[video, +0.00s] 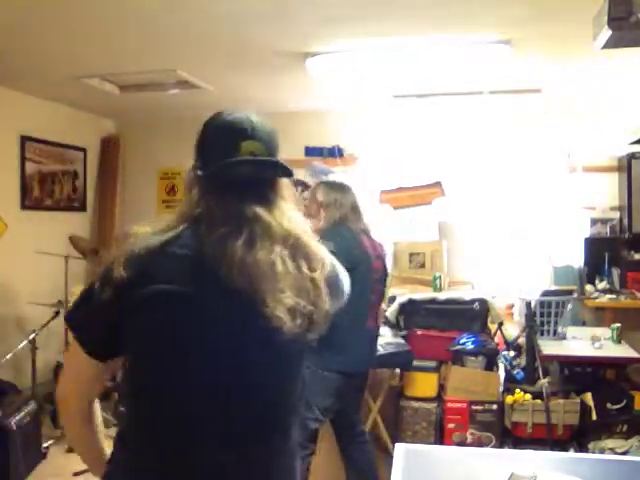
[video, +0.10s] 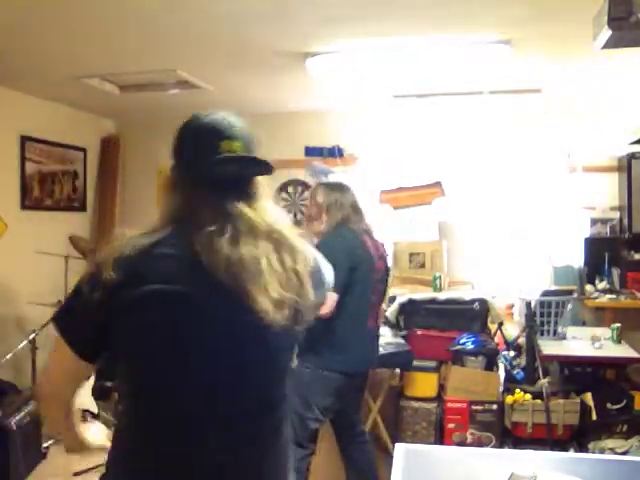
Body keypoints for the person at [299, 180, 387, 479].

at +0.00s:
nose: (310, 213)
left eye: (314, 206)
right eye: (310, 205)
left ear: (330, 207)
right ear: (350, 206)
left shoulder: (333, 242)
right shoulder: (371, 244)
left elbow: (312, 295)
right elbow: (373, 302)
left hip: (327, 354)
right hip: (359, 355)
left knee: (300, 440)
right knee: (352, 431)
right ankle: (367, 475)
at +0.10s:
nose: (310, 213)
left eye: (314, 206)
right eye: (311, 206)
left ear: (329, 208)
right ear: (350, 206)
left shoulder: (336, 242)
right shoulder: (370, 242)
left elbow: (324, 305)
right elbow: (372, 303)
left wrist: (286, 304)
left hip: (326, 358)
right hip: (358, 358)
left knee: (296, 442)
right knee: (351, 430)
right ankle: (366, 475)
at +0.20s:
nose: (309, 213)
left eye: (313, 206)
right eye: (309, 206)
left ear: (330, 209)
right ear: (349, 207)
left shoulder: (336, 242)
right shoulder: (370, 243)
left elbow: (323, 306)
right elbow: (368, 306)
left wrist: (285, 293)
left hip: (327, 360)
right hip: (358, 359)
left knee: (294, 442)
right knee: (351, 431)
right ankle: (366, 476)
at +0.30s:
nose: (307, 210)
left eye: (312, 203)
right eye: (308, 203)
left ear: (328, 207)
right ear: (349, 206)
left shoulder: (338, 240)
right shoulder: (368, 241)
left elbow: (324, 307)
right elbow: (362, 304)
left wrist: (280, 294)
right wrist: (311, 292)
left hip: (328, 361)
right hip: (358, 360)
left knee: (295, 445)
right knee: (352, 433)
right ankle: (367, 476)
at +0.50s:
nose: (308, 207)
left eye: (313, 201)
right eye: (309, 200)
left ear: (330, 207)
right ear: (349, 207)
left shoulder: (338, 241)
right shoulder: (367, 242)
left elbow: (326, 307)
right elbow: (361, 305)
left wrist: (280, 295)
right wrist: (310, 297)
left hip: (327, 362)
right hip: (358, 361)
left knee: (296, 445)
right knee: (352, 433)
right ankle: (368, 476)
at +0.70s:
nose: (309, 211)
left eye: (314, 204)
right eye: (310, 204)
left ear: (329, 209)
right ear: (351, 207)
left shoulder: (338, 243)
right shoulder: (367, 241)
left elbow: (326, 308)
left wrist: (279, 294)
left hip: (327, 363)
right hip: (358, 361)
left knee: (296, 445)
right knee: (352, 434)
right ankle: (368, 476)